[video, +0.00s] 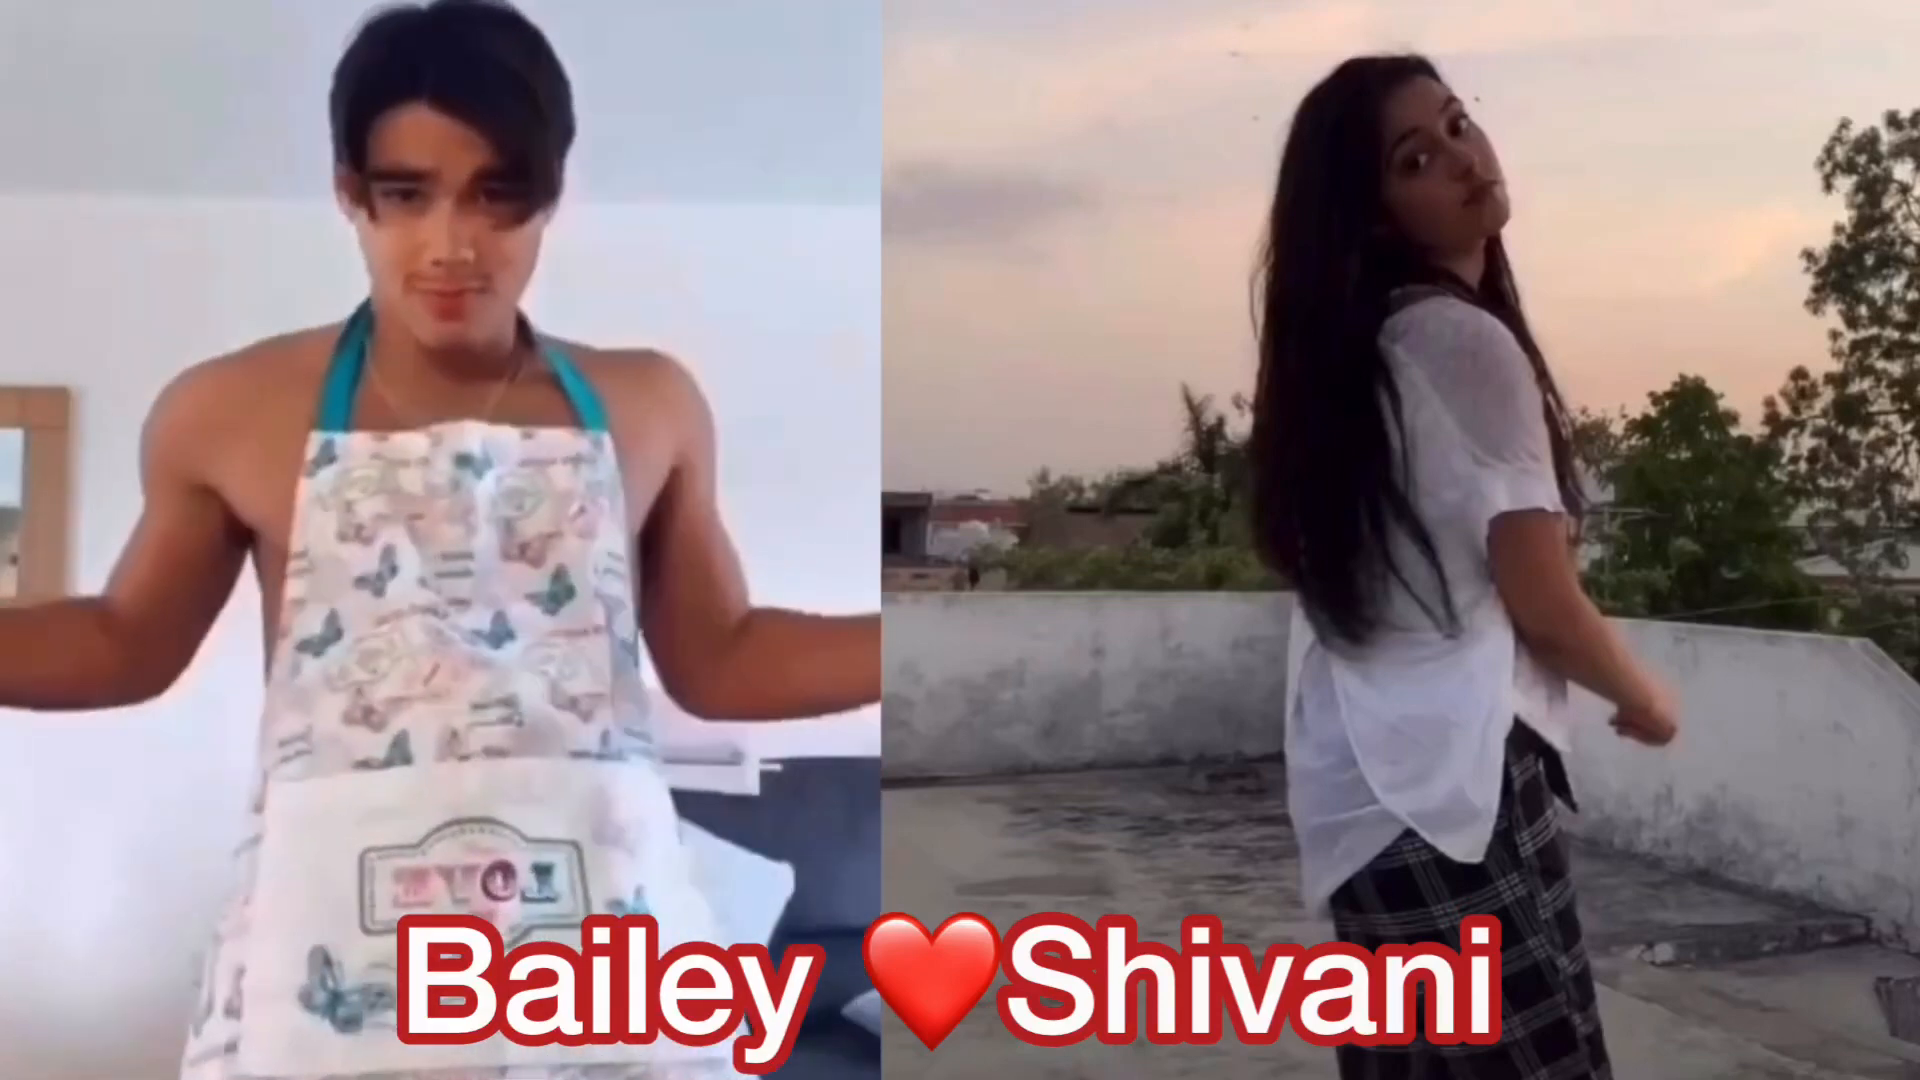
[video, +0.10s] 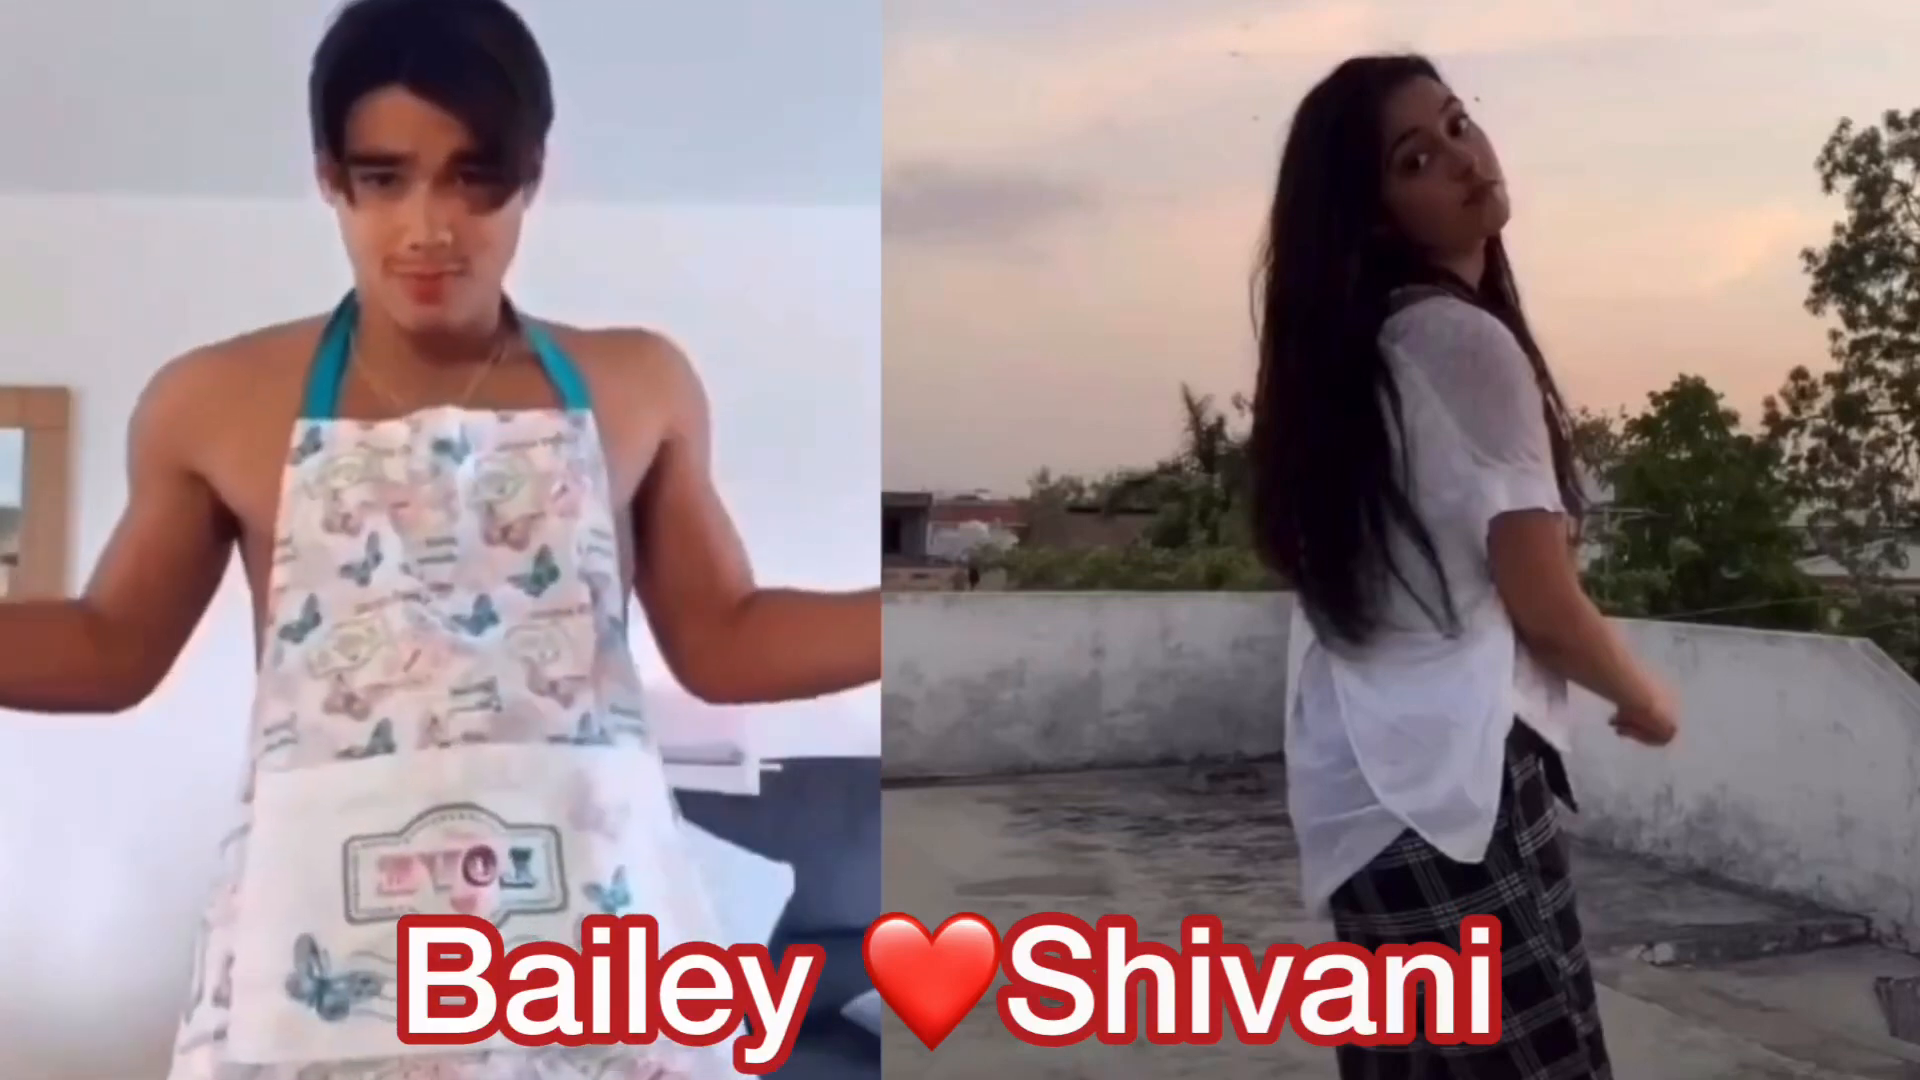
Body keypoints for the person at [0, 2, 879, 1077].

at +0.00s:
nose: (450, 247)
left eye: (498, 198)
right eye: (404, 196)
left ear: (553, 201)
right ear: (351, 199)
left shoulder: (648, 407)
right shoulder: (230, 417)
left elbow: (719, 661)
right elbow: (126, 643)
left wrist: (967, 639)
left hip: (606, 937)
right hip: (333, 948)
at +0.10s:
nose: (431, 228)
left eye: (478, 180)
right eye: (384, 180)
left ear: (534, 177)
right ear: (329, 183)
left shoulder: (636, 384)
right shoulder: (215, 405)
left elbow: (724, 643)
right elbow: (110, 652)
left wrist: (967, 610)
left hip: (595, 930)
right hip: (325, 943)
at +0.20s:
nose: (431, 200)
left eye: (479, 153)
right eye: (385, 153)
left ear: (535, 158)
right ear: (329, 160)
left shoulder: (642, 361)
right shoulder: (215, 396)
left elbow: (736, 619)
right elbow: (124, 658)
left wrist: (977, 621)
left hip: (604, 909)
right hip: (333, 923)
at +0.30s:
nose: (454, 205)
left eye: (500, 155)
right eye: (406, 156)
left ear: (557, 164)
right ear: (352, 173)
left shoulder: (677, 366)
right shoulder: (244, 422)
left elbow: (781, 623)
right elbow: (147, 682)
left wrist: (998, 675)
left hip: (630, 920)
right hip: (358, 933)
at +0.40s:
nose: (497, 219)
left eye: (542, 169)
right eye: (454, 170)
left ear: (604, 177)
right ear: (404, 187)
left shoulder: (731, 388)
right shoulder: (305, 444)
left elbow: (855, 664)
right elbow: (180, 721)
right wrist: (28, 855)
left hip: (667, 935)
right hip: (402, 946)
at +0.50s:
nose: (546, 214)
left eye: (594, 164)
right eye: (502, 168)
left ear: (652, 173)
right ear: (451, 178)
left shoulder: (771, 387)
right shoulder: (354, 436)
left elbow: (888, 693)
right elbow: (242, 713)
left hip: (701, 933)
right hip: (439, 945)